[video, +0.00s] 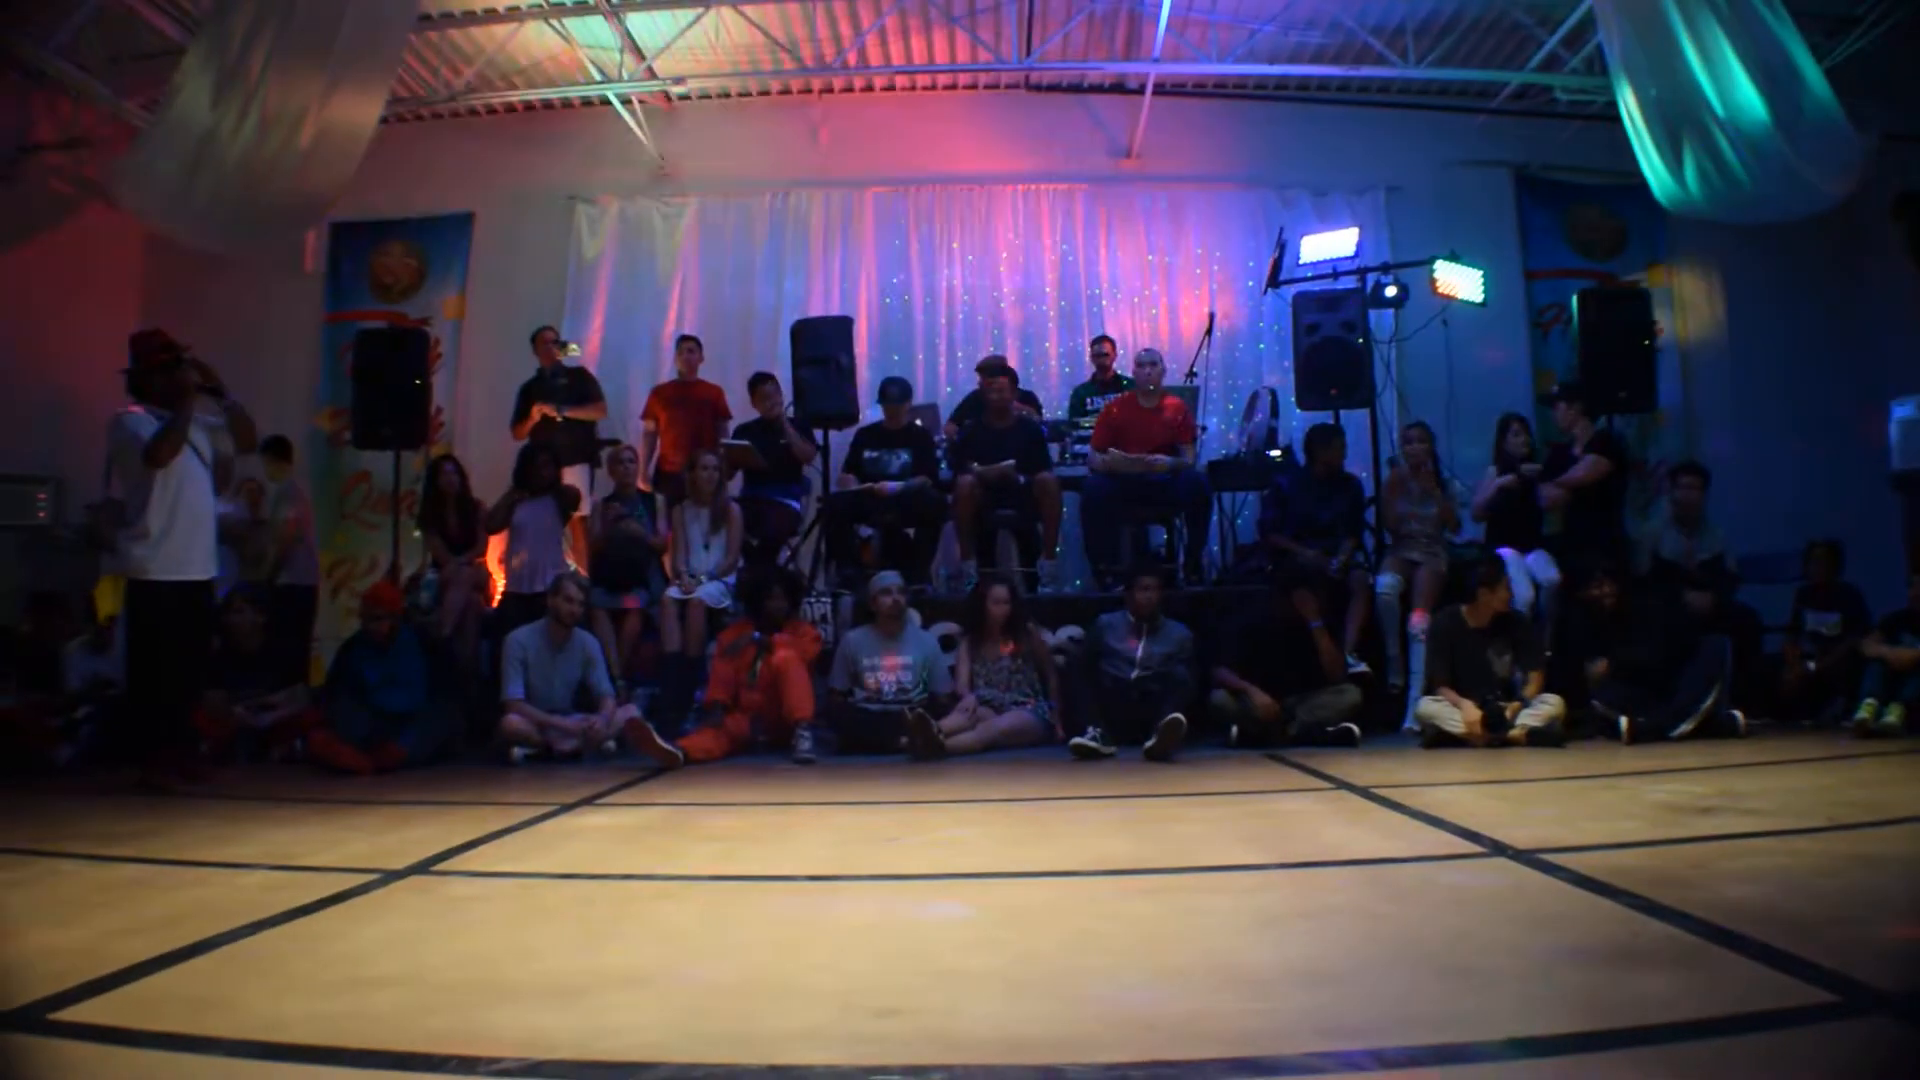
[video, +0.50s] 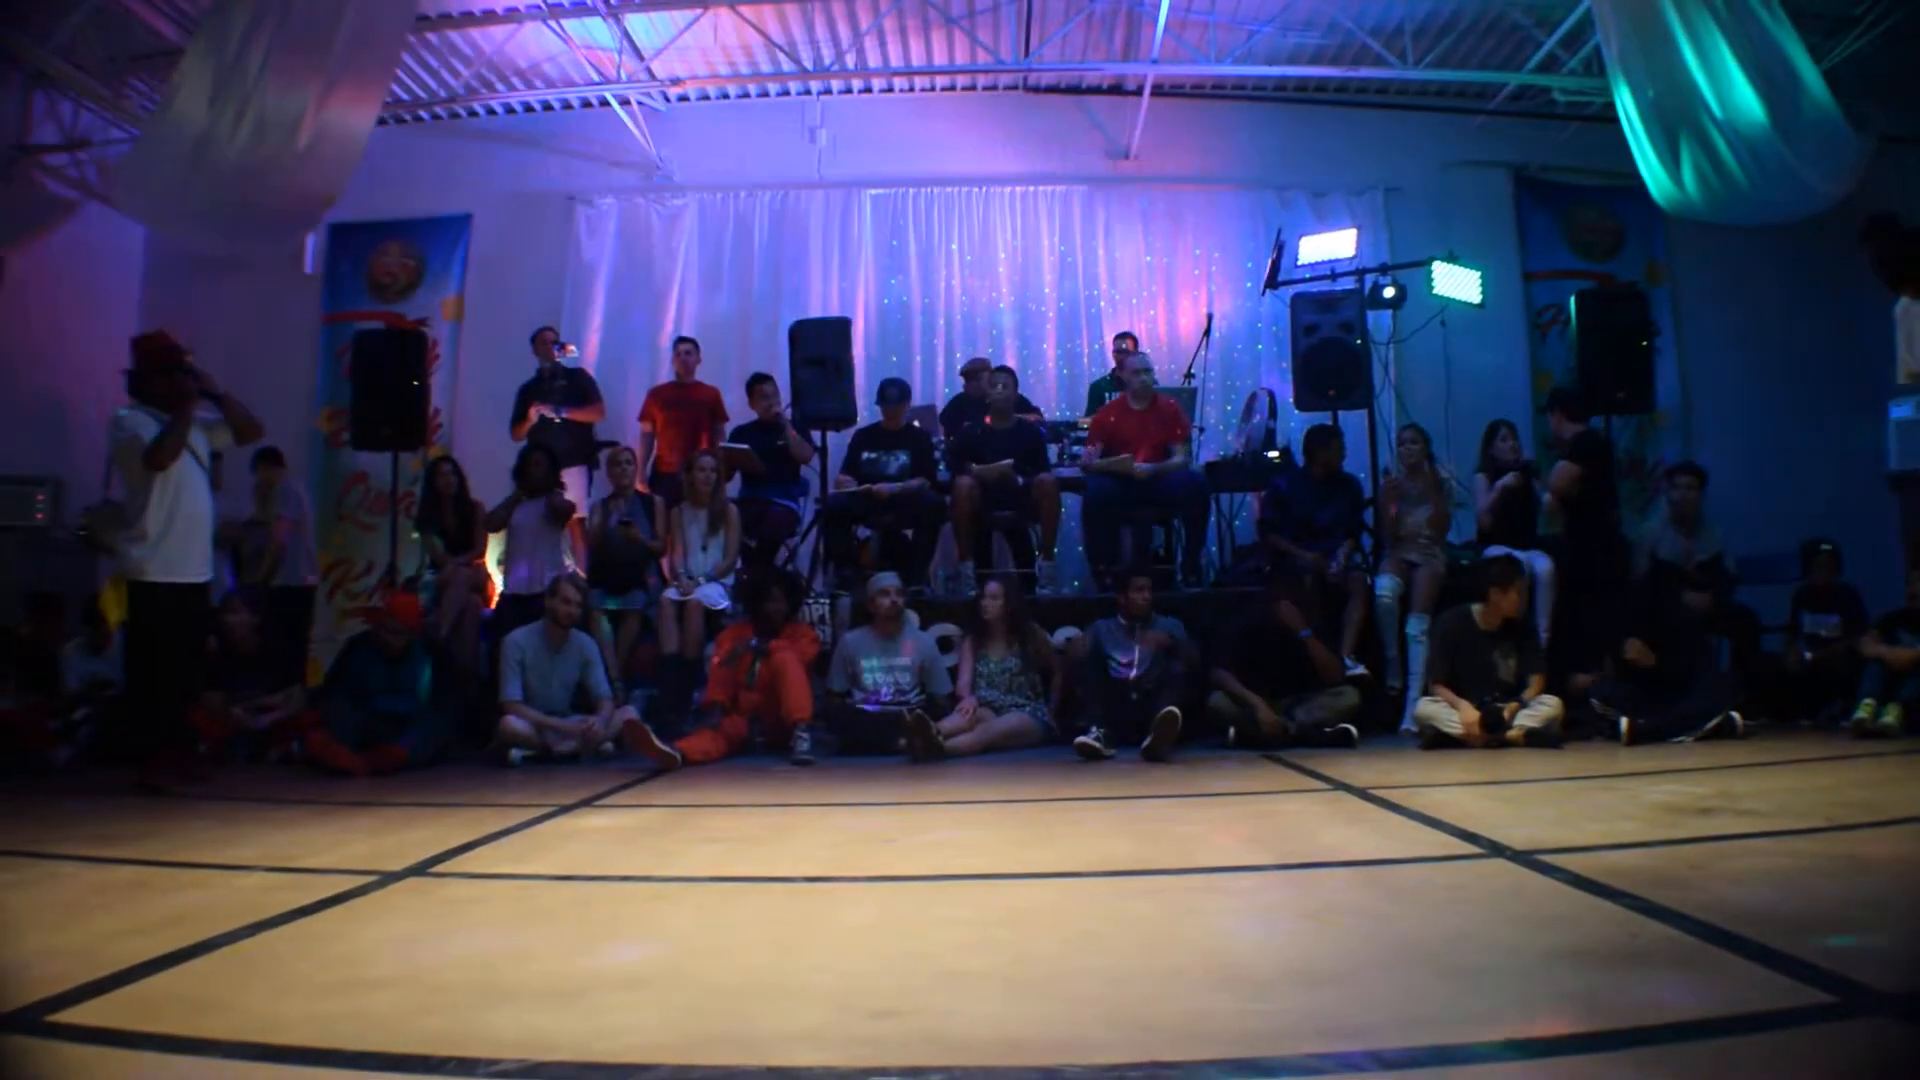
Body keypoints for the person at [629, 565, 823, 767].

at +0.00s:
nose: (777, 606)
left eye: (783, 599)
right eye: (771, 598)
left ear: (793, 603)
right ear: (757, 601)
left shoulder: (803, 631)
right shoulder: (736, 635)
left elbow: (805, 653)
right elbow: (722, 676)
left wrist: (767, 641)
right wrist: (716, 708)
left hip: (782, 713)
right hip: (745, 717)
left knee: (786, 658)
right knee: (718, 736)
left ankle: (803, 732)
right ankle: (679, 751)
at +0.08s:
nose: (779, 606)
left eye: (785, 599)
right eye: (772, 598)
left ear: (795, 602)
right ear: (758, 601)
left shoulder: (803, 629)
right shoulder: (737, 635)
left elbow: (808, 651)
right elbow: (724, 674)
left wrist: (770, 641)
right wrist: (717, 705)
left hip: (783, 714)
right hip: (745, 717)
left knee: (789, 655)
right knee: (720, 735)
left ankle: (804, 731)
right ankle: (680, 751)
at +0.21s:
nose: (777, 606)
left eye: (783, 600)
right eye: (770, 599)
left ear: (793, 603)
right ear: (757, 601)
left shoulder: (803, 631)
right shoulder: (736, 635)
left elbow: (806, 652)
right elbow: (722, 674)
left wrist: (766, 641)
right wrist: (716, 707)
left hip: (783, 714)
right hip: (745, 717)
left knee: (787, 656)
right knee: (720, 735)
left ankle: (803, 733)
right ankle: (678, 751)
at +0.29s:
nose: (775, 607)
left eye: (781, 601)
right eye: (769, 600)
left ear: (792, 604)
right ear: (755, 602)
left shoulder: (801, 632)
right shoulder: (733, 637)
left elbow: (808, 653)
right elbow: (720, 683)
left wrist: (769, 642)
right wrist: (715, 709)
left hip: (782, 714)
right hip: (744, 718)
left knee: (786, 657)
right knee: (720, 734)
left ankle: (802, 733)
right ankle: (678, 752)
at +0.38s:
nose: (775, 607)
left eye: (781, 601)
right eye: (769, 600)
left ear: (792, 604)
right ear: (756, 601)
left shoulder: (801, 632)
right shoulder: (734, 636)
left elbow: (806, 653)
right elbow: (720, 680)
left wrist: (768, 642)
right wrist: (715, 708)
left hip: (782, 714)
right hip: (743, 718)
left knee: (786, 657)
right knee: (719, 736)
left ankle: (802, 733)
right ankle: (678, 752)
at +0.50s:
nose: (773, 609)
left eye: (780, 603)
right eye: (768, 602)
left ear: (791, 606)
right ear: (755, 603)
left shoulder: (802, 633)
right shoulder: (734, 636)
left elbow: (801, 655)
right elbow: (720, 674)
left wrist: (765, 649)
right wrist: (715, 708)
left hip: (781, 715)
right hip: (742, 719)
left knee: (784, 657)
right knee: (716, 737)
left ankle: (801, 734)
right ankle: (677, 752)